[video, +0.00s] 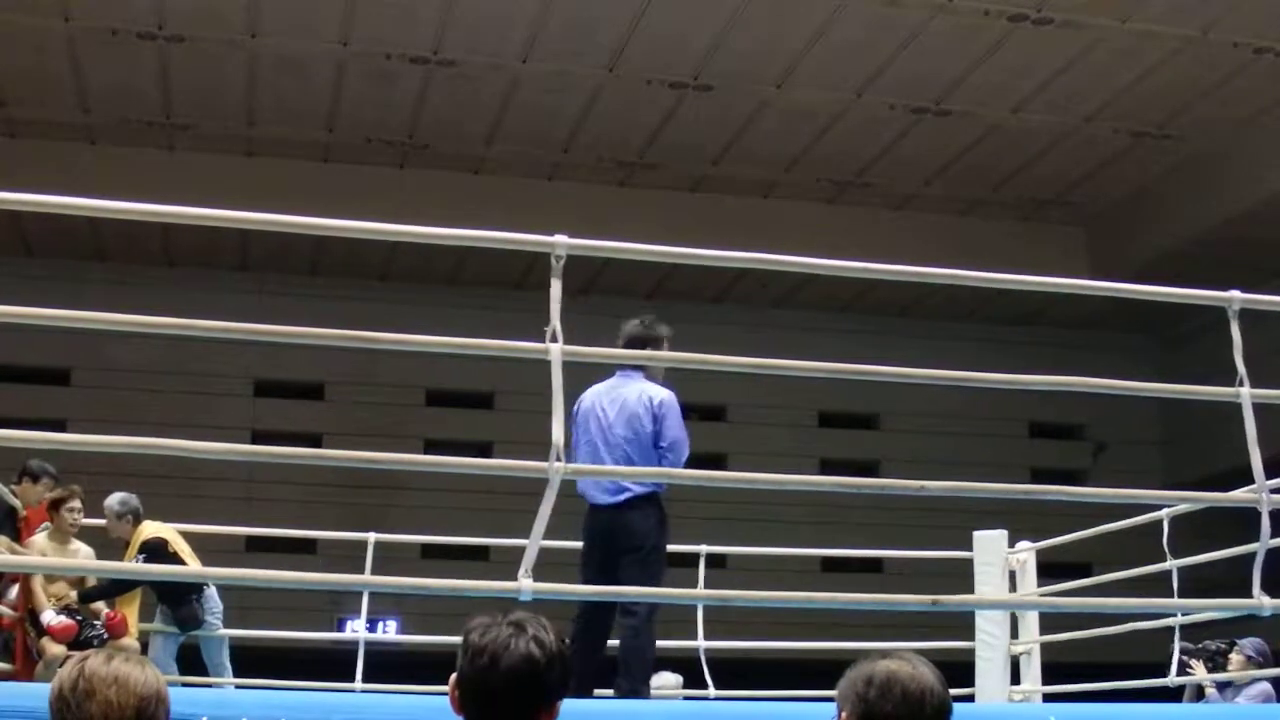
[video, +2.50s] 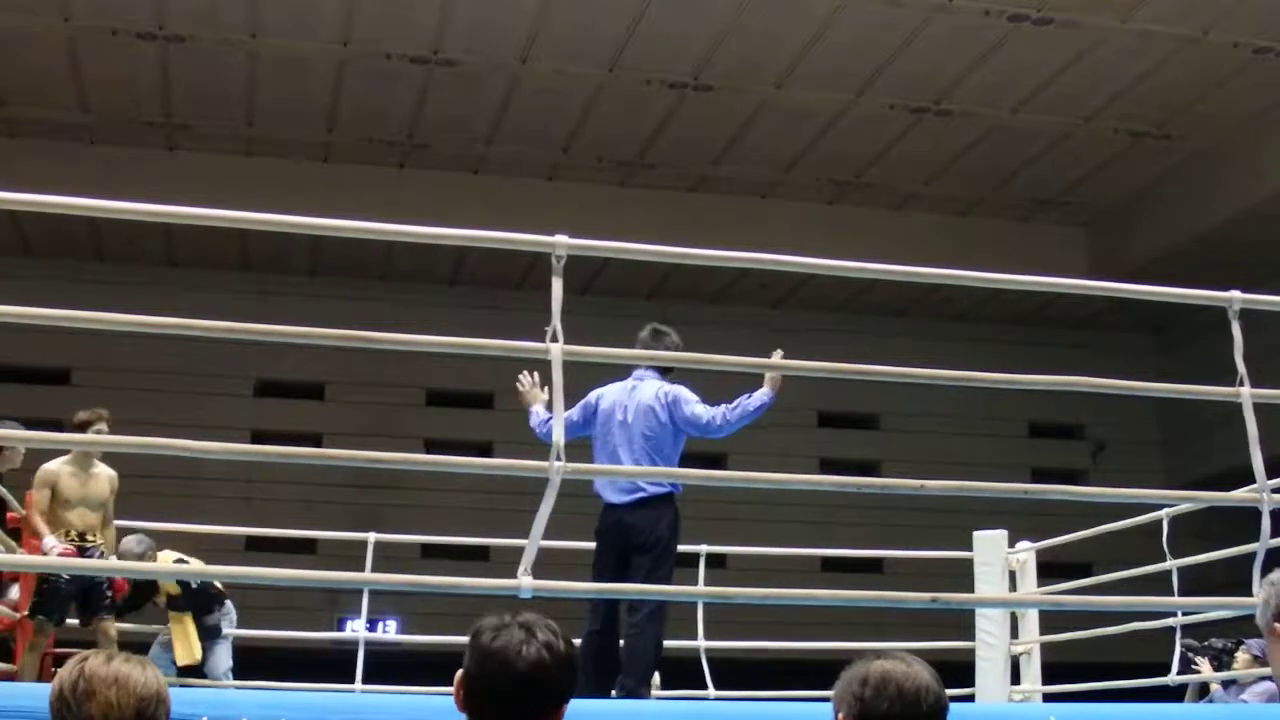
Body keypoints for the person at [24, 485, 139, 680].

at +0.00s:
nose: (77, 517)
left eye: (80, 512)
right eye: (70, 511)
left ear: (83, 515)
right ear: (53, 514)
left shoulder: (86, 551)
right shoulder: (36, 544)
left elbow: (91, 593)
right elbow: (36, 586)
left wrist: (105, 614)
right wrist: (49, 617)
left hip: (77, 614)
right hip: (42, 613)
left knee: (130, 647)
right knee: (56, 652)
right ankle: (36, 704)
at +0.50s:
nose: (76, 519)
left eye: (80, 513)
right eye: (70, 513)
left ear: (84, 516)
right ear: (54, 515)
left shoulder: (86, 552)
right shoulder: (36, 545)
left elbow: (91, 594)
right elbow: (34, 587)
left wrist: (105, 614)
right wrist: (48, 617)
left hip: (77, 612)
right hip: (43, 611)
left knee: (129, 646)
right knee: (56, 652)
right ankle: (36, 705)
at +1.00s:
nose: (86, 522)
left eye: (89, 517)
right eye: (80, 516)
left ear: (93, 519)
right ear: (63, 516)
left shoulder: (92, 552)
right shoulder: (41, 545)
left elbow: (94, 594)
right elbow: (33, 588)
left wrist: (106, 614)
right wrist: (51, 620)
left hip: (81, 614)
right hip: (46, 612)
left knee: (128, 646)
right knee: (56, 652)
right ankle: (33, 700)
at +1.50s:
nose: (110, 513)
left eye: (113, 507)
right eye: (104, 507)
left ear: (117, 509)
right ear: (86, 508)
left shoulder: (112, 534)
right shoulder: (63, 532)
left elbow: (110, 573)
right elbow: (44, 576)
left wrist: (116, 606)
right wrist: (53, 616)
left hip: (91, 597)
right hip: (58, 597)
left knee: (126, 648)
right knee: (52, 653)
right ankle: (27, 703)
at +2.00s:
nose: (106, 451)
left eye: (109, 445)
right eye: (100, 445)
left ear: (110, 447)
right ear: (83, 446)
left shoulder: (110, 484)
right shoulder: (55, 481)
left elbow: (111, 530)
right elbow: (38, 529)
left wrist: (120, 566)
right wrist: (44, 569)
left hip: (96, 561)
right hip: (60, 559)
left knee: (112, 639)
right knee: (45, 640)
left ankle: (110, 709)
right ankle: (25, 702)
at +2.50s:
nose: (104, 439)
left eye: (106, 433)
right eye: (98, 433)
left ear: (106, 437)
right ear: (79, 435)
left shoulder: (109, 476)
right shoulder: (51, 471)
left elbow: (108, 523)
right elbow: (36, 514)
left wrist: (112, 563)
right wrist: (51, 544)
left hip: (96, 555)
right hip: (60, 553)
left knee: (108, 632)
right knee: (39, 634)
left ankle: (111, 703)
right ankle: (22, 702)